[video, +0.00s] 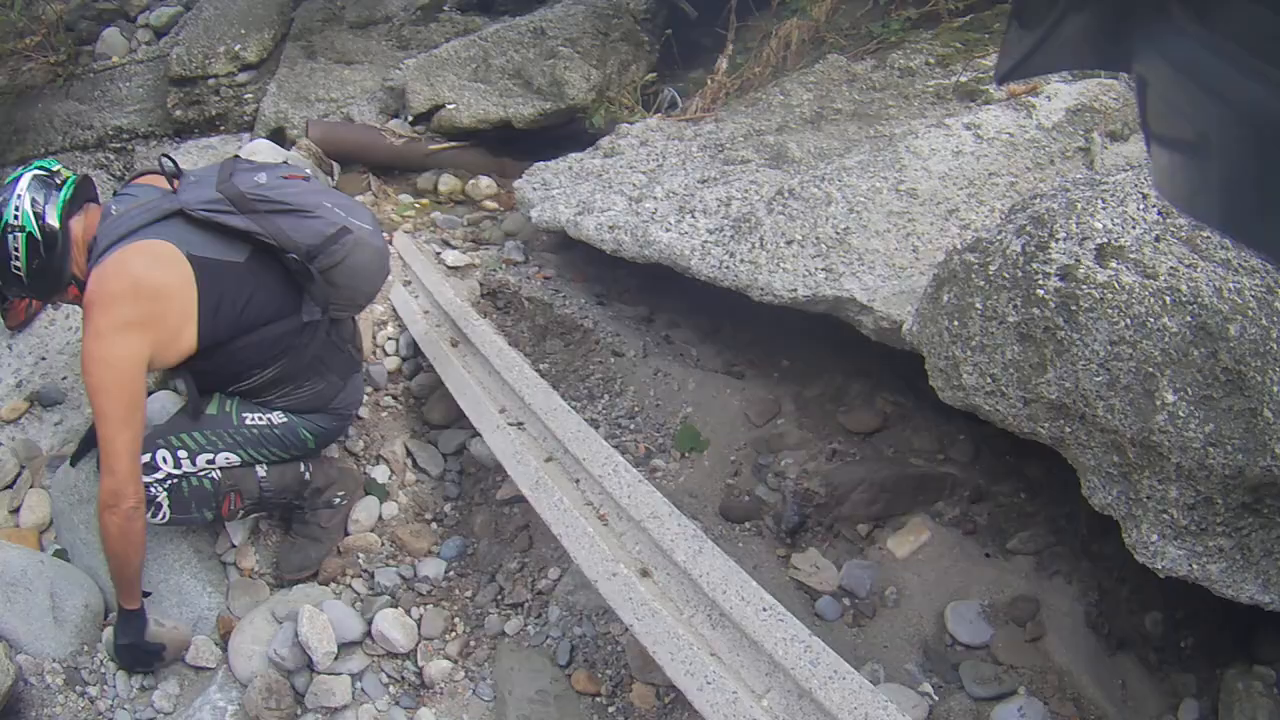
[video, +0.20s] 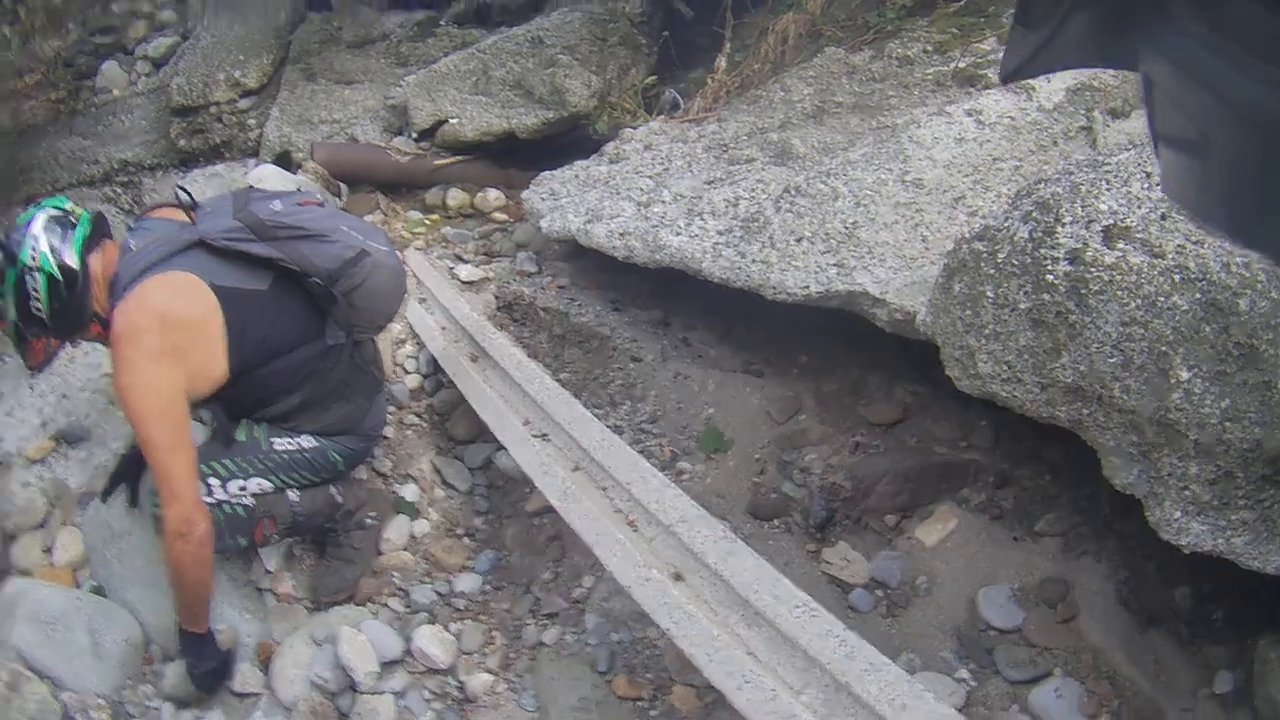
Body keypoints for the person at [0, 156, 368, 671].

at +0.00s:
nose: (49, 297)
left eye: (36, 284)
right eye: (33, 289)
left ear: (44, 254)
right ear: (78, 204)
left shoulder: (114, 308)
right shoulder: (147, 186)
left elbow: (122, 495)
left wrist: (130, 611)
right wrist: (115, 412)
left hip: (308, 407)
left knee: (136, 487)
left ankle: (317, 484)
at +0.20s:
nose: (76, 335)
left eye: (67, 324)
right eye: (66, 331)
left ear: (69, 294)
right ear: (93, 240)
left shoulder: (142, 338)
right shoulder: (163, 220)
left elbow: (188, 520)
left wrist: (196, 637)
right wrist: (147, 443)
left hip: (332, 431)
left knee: (187, 512)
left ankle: (344, 508)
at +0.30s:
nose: (138, 377)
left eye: (128, 365)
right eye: (125, 367)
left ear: (139, 339)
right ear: (156, 279)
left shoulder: (219, 374)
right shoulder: (225, 261)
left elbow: (283, 538)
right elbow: (236, 390)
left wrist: (288, 646)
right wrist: (217, 476)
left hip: (408, 448)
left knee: (250, 532)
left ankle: (423, 521)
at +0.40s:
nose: (168, 388)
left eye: (158, 375)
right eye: (155, 379)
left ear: (176, 350)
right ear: (204, 299)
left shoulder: (266, 393)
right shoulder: (275, 281)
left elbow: (337, 553)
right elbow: (274, 409)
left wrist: (330, 658)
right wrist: (259, 500)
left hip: (456, 474)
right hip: (456, 400)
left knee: (296, 559)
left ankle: (465, 546)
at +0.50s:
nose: (217, 404)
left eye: (206, 392)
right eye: (204, 396)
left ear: (209, 369)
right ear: (235, 314)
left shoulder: (279, 413)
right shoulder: (298, 311)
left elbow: (341, 575)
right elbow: (279, 442)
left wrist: (314, 676)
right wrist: (261, 531)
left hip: (458, 519)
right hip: (469, 443)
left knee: (290, 585)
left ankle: (462, 592)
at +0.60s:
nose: (219, 390)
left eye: (207, 377)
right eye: (207, 381)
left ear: (214, 358)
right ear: (249, 304)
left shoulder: (286, 393)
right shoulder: (308, 311)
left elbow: (329, 562)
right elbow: (274, 441)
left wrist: (287, 658)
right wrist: (255, 531)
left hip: (460, 523)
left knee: (288, 584)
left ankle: (460, 603)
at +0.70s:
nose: (261, 408)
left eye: (251, 395)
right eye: (251, 398)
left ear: (257, 380)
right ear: (296, 323)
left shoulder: (323, 408)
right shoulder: (346, 342)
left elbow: (345, 578)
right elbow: (299, 458)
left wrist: (281, 663)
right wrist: (271, 554)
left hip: (485, 565)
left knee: (317, 626)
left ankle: (478, 637)